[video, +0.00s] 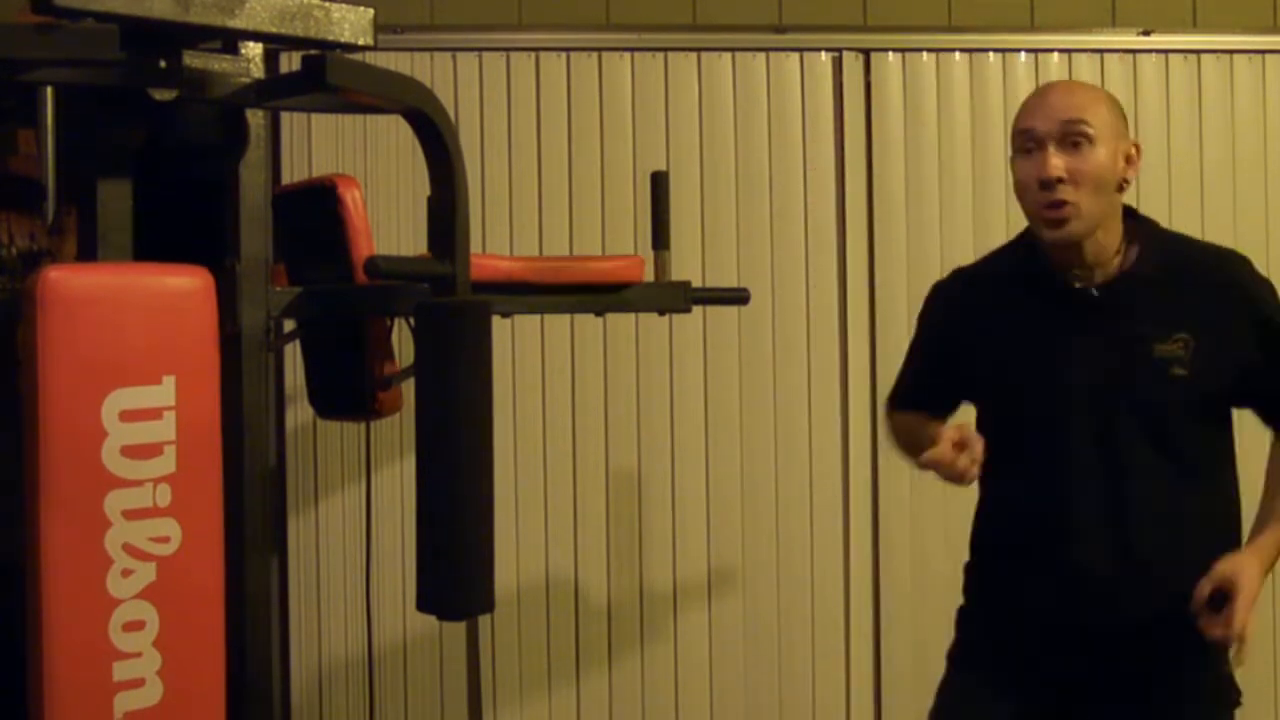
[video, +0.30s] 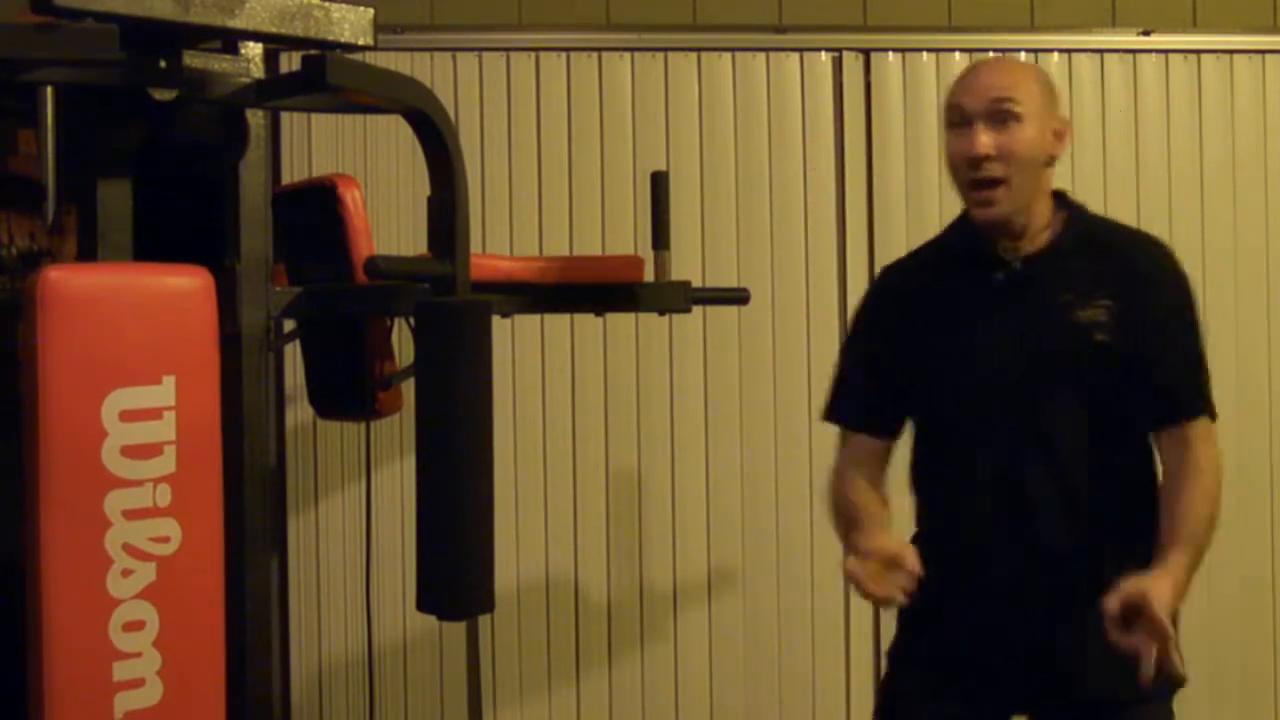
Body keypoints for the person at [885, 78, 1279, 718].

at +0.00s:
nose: (1049, 168)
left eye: (1075, 142)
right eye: (1029, 148)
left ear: (1128, 162)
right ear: (1011, 170)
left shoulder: (1218, 289)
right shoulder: (968, 302)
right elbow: (907, 409)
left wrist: (1259, 553)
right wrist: (938, 446)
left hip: (1170, 660)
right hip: (1010, 655)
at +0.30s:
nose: (978, 146)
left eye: (1004, 119)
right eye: (960, 124)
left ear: (1057, 136)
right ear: (944, 143)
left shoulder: (1136, 271)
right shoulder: (906, 293)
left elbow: (1191, 450)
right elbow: (857, 467)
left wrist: (1168, 576)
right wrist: (870, 538)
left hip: (1101, 639)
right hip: (952, 637)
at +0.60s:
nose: (959, 133)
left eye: (984, 106)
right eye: (941, 113)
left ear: (1037, 124)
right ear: (926, 132)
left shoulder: (1112, 233)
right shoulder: (904, 262)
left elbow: (1219, 304)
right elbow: (801, 339)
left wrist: (1176, 181)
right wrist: (818, 188)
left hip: (1098, 628)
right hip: (945, 628)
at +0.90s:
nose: (1019, 140)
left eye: (1038, 115)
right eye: (994, 122)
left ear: (1079, 132)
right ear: (965, 149)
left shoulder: (1154, 274)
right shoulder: (915, 293)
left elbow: (1193, 462)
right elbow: (875, 458)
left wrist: (1200, 643)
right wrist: (872, 604)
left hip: (1120, 636)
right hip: (964, 635)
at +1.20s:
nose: (961, 121)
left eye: (978, 100)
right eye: (934, 106)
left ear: (1010, 129)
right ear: (900, 146)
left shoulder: (1082, 268)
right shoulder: (851, 273)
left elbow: (1127, 452)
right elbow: (747, 436)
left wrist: (1125, 638)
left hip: (1026, 634)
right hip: (872, 634)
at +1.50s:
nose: (957, 198)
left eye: (973, 173)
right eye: (930, 179)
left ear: (1001, 190)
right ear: (891, 204)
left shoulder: (1070, 314)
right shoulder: (835, 320)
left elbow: (1183, 465)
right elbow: (694, 421)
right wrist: (723, 284)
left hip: (1032, 679)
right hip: (876, 682)